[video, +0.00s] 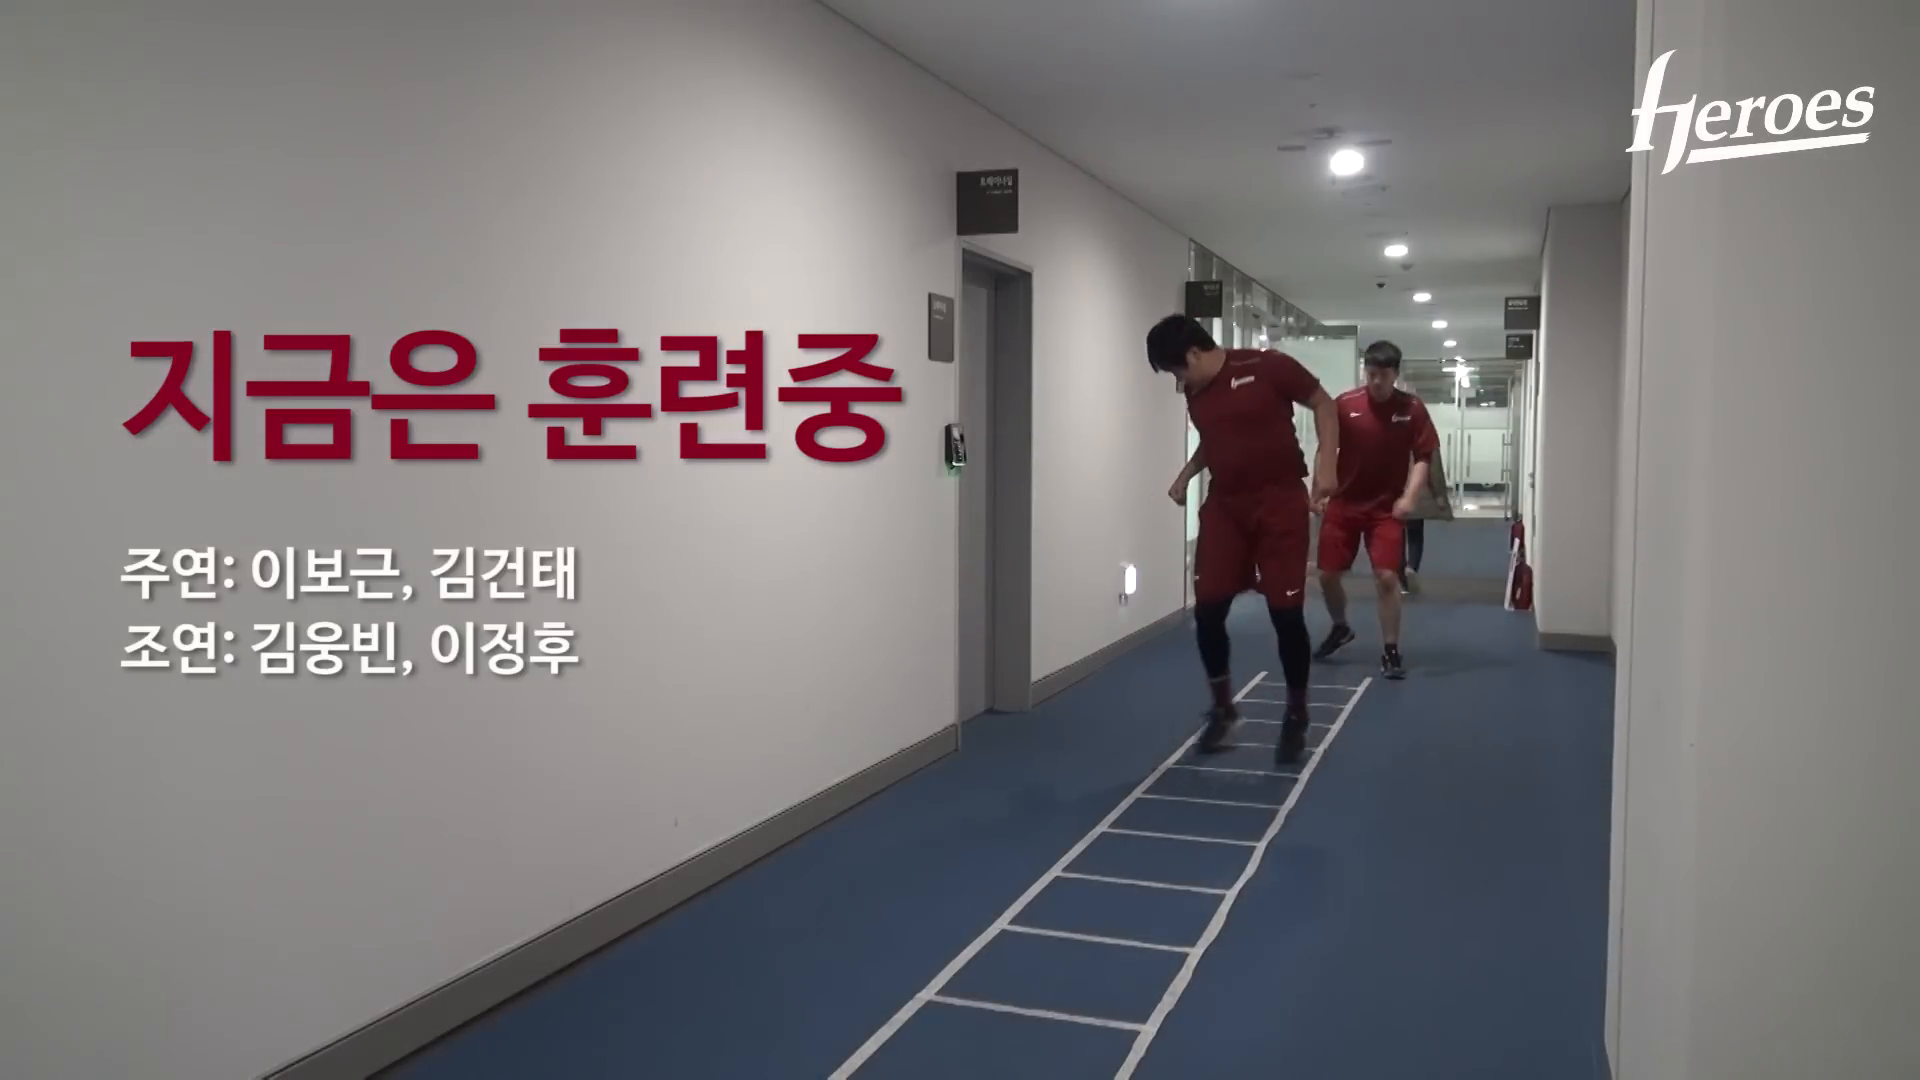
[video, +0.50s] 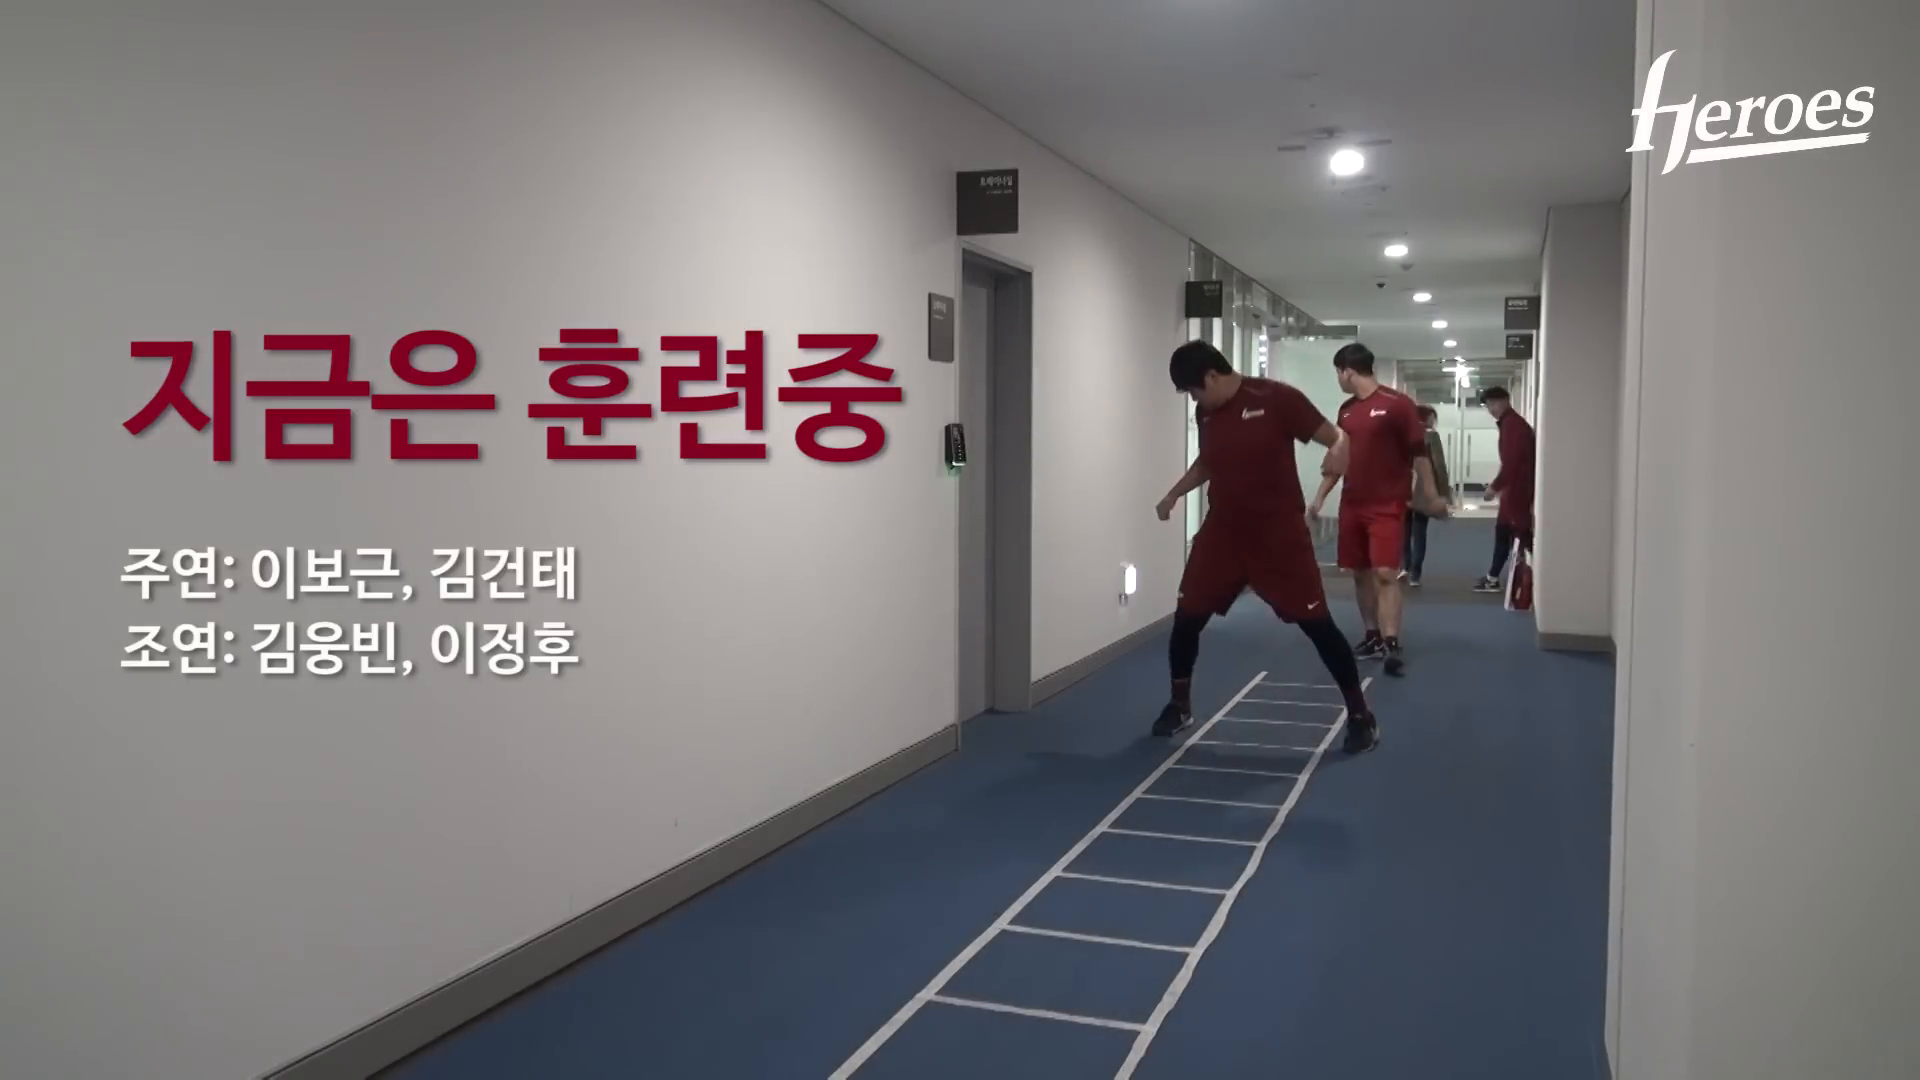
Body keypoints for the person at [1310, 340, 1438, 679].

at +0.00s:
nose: (1378, 380)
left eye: (1385, 374)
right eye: (1372, 373)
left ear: (1397, 374)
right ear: (1364, 371)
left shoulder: (1412, 409)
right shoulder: (1343, 405)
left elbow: (1422, 456)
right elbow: (1325, 448)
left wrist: (1409, 497)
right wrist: (1319, 489)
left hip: (1386, 508)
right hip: (1342, 505)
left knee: (1387, 578)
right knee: (1328, 574)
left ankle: (1391, 650)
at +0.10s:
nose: (1375, 373)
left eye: (1382, 366)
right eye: (1370, 366)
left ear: (1395, 369)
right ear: (1363, 367)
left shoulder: (1414, 409)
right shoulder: (1346, 403)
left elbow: (1428, 459)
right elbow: (1327, 444)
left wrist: (1437, 505)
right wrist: (1316, 481)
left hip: (1389, 511)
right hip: (1347, 508)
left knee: (1387, 578)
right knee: (1340, 574)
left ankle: (1391, 649)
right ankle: (1362, 623)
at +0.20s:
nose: (1366, 375)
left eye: (1373, 368)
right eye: (1362, 368)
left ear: (1389, 369)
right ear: (1358, 370)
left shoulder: (1413, 409)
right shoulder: (1345, 404)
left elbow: (1432, 460)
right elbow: (1329, 444)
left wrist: (1453, 498)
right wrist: (1317, 473)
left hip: (1389, 510)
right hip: (1349, 508)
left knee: (1387, 576)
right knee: (1353, 575)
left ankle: (1391, 648)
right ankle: (1367, 629)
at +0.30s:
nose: (1352, 374)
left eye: (1357, 368)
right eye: (1350, 368)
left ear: (1378, 369)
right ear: (1351, 371)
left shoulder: (1409, 409)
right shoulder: (1344, 408)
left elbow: (1434, 456)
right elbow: (1329, 448)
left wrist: (1455, 494)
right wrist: (1315, 474)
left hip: (1388, 512)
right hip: (1350, 510)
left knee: (1386, 577)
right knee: (1358, 576)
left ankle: (1390, 648)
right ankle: (1371, 635)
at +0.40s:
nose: (1340, 378)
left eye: (1343, 371)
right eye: (1340, 371)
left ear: (1359, 372)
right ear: (1359, 372)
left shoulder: (1404, 409)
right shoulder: (1345, 410)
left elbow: (1430, 455)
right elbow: (1333, 453)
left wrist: (1447, 493)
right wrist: (1313, 485)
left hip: (1387, 511)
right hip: (1351, 509)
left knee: (1385, 577)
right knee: (1360, 575)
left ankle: (1391, 646)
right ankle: (1371, 635)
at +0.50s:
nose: (1338, 379)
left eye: (1339, 373)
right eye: (1338, 373)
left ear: (1349, 371)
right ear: (1359, 369)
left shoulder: (1400, 405)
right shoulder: (1346, 410)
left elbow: (1420, 454)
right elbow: (1337, 461)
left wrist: (1431, 495)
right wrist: (1318, 499)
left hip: (1388, 507)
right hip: (1353, 506)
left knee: (1386, 574)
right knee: (1361, 573)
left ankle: (1391, 643)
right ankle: (1372, 635)